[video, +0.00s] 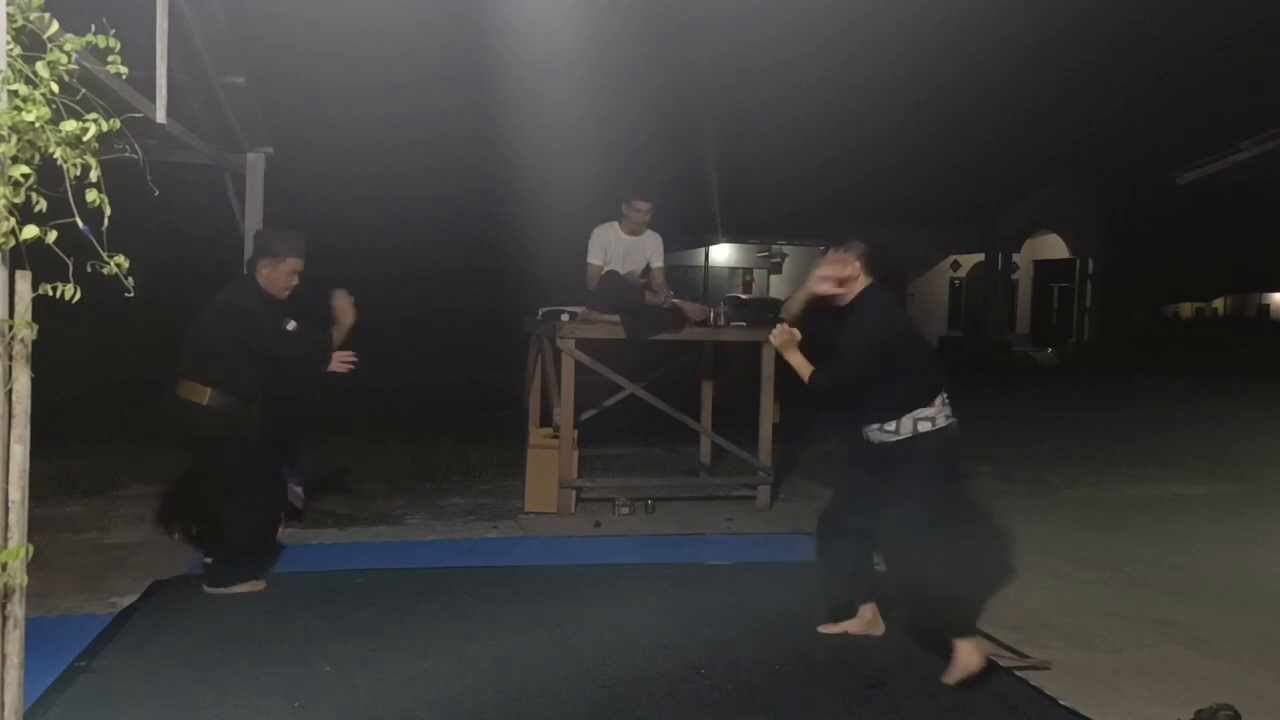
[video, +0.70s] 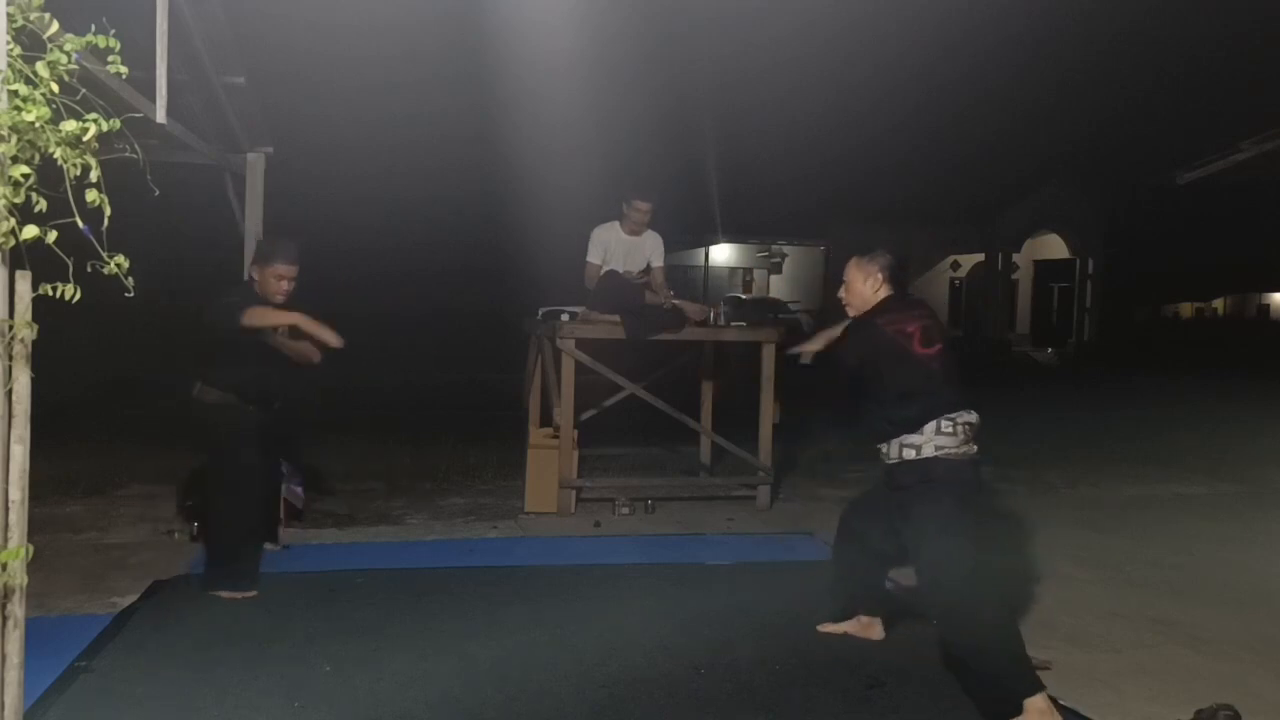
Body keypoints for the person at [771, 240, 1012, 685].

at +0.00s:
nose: (827, 274)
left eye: (838, 264)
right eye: (825, 266)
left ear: (859, 272)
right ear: (825, 273)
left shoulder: (876, 314)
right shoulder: (844, 310)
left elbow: (832, 389)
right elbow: (789, 322)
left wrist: (792, 354)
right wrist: (807, 289)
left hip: (922, 445)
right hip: (880, 444)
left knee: (908, 544)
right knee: (842, 524)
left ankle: (964, 642)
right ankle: (866, 613)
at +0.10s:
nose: (827, 284)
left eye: (832, 276)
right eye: (829, 276)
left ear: (855, 280)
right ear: (862, 279)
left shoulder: (853, 327)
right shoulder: (886, 308)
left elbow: (833, 389)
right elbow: (819, 310)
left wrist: (817, 347)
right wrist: (764, 302)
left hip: (911, 459)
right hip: (928, 451)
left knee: (932, 565)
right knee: (841, 526)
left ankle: (1010, 671)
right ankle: (864, 611)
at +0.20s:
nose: (830, 291)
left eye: (835, 283)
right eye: (833, 283)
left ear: (859, 283)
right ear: (868, 281)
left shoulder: (848, 333)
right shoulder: (899, 310)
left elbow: (813, 404)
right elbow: (833, 314)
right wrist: (776, 312)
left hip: (911, 466)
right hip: (934, 455)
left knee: (943, 572)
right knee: (848, 526)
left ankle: (1025, 687)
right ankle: (866, 612)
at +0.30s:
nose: (836, 298)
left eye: (841, 289)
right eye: (837, 290)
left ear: (867, 288)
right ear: (874, 286)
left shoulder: (858, 335)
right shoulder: (917, 317)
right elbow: (865, 321)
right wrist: (820, 324)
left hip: (916, 473)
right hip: (939, 464)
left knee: (946, 582)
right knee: (853, 526)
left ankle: (1030, 702)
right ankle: (864, 612)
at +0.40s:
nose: (843, 299)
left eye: (848, 290)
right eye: (843, 290)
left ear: (873, 286)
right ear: (884, 285)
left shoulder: (857, 336)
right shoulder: (931, 320)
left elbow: (845, 406)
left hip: (915, 476)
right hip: (956, 471)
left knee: (954, 592)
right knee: (865, 526)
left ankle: (1030, 701)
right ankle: (864, 611)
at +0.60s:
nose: (846, 293)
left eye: (852, 283)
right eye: (848, 283)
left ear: (880, 282)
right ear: (887, 281)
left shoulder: (868, 333)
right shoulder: (932, 317)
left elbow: (852, 412)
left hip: (927, 476)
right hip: (962, 470)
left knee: (958, 595)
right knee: (871, 524)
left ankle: (1030, 703)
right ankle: (867, 613)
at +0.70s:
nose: (840, 292)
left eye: (846, 282)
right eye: (842, 282)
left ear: (876, 282)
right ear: (881, 281)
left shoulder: (870, 330)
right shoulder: (916, 313)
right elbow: (861, 329)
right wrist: (821, 342)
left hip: (927, 476)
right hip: (953, 467)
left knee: (958, 590)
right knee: (861, 520)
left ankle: (1032, 703)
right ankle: (864, 615)